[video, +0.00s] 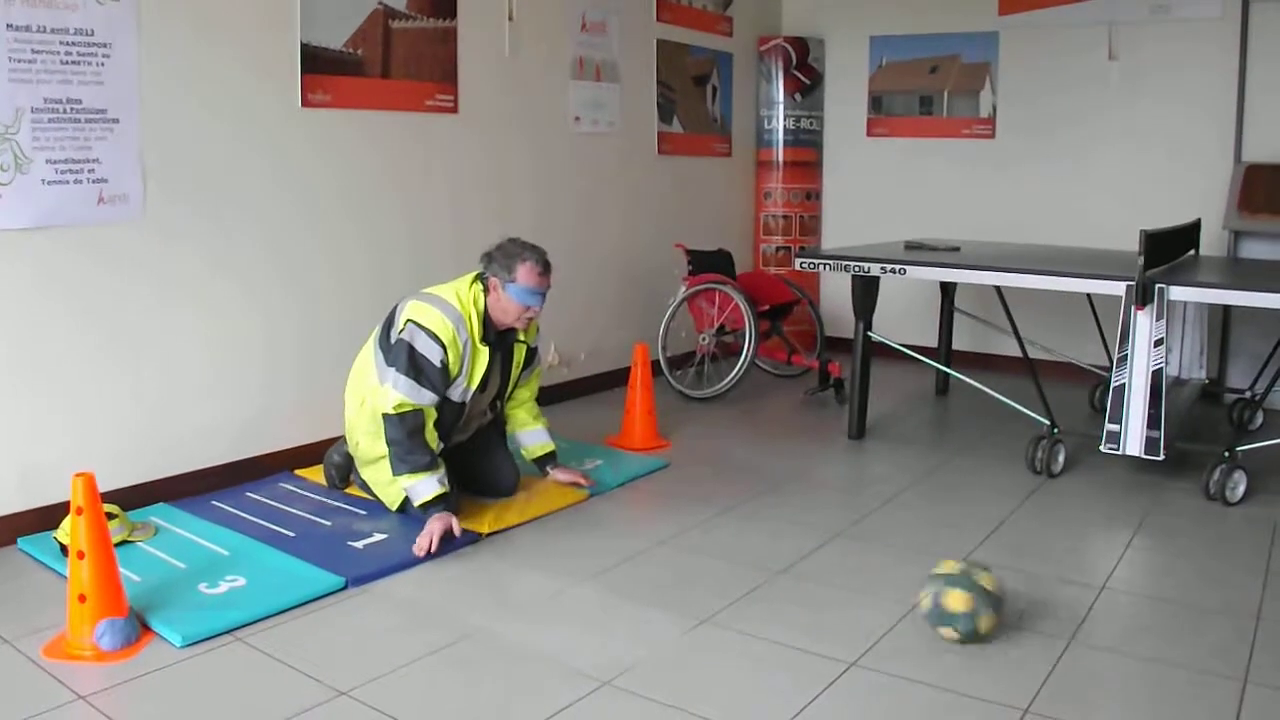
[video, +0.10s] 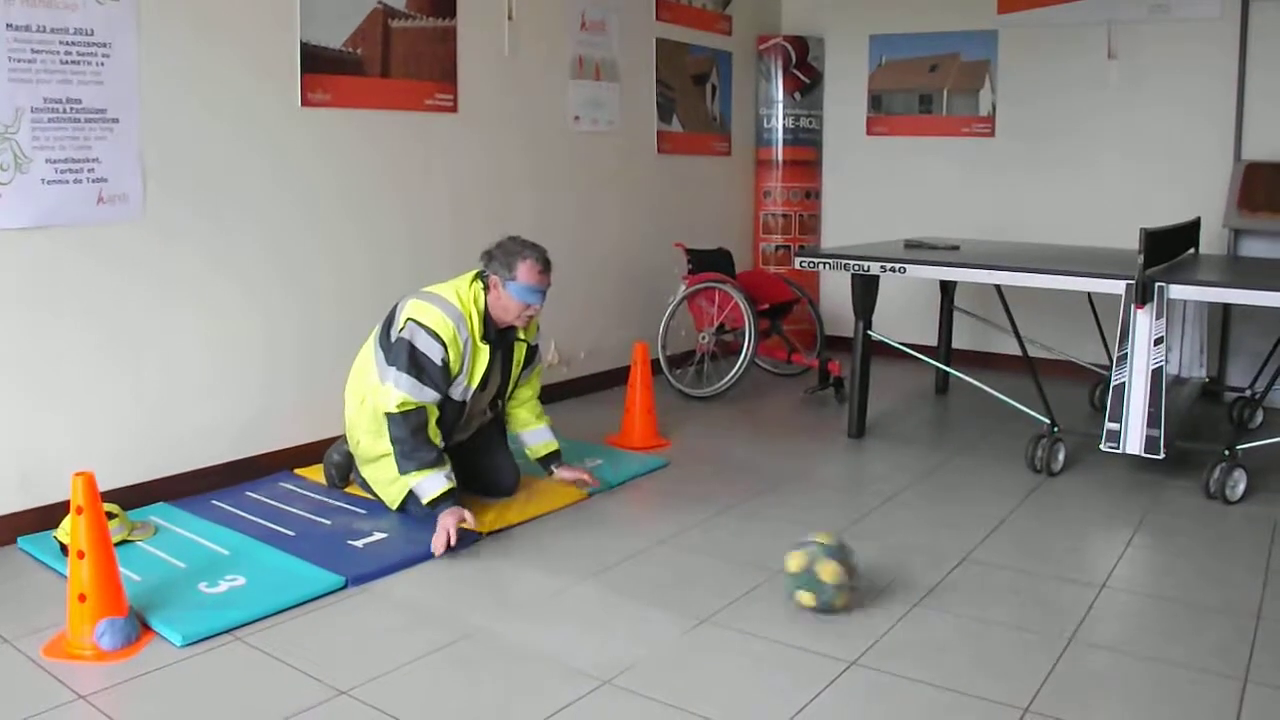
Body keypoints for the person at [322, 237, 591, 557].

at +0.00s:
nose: (535, 310)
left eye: (541, 299)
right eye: (527, 297)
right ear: (494, 288)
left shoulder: (522, 326)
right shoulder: (433, 324)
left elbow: (519, 399)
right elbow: (402, 418)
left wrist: (549, 464)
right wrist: (436, 508)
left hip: (463, 415)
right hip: (386, 421)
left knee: (501, 483)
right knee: (425, 509)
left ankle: (424, 459)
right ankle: (358, 455)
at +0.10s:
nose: (535, 309)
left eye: (541, 298)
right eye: (527, 297)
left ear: (546, 290)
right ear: (494, 286)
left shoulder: (522, 322)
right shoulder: (433, 322)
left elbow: (522, 399)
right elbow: (405, 417)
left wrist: (554, 463)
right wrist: (444, 504)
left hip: (463, 413)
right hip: (386, 421)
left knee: (502, 482)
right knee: (428, 511)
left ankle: (427, 459)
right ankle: (360, 455)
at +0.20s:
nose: (536, 308)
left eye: (542, 297)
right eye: (529, 297)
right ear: (495, 285)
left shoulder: (523, 322)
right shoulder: (435, 321)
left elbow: (523, 398)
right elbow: (408, 418)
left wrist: (558, 462)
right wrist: (455, 501)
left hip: (465, 412)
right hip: (388, 422)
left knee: (501, 483)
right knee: (435, 510)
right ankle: (359, 454)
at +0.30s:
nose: (535, 306)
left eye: (541, 295)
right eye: (528, 295)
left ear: (546, 287)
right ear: (494, 282)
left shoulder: (521, 322)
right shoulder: (434, 319)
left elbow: (521, 397)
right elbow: (415, 418)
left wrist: (558, 459)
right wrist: (469, 493)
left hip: (463, 410)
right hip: (388, 418)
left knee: (503, 482)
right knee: (439, 506)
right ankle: (359, 455)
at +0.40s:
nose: (530, 300)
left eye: (535, 290)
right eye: (522, 288)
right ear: (489, 276)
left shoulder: (518, 314)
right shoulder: (428, 316)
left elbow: (516, 395)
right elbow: (422, 421)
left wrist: (546, 464)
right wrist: (472, 497)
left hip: (462, 414)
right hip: (390, 427)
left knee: (513, 487)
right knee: (443, 506)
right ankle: (361, 458)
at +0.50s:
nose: (527, 297)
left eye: (532, 287)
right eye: (519, 286)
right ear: (486, 274)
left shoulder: (514, 314)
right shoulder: (423, 313)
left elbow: (510, 395)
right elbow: (414, 416)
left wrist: (529, 467)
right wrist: (469, 487)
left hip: (454, 415)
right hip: (386, 427)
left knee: (505, 481)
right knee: (444, 505)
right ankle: (360, 458)